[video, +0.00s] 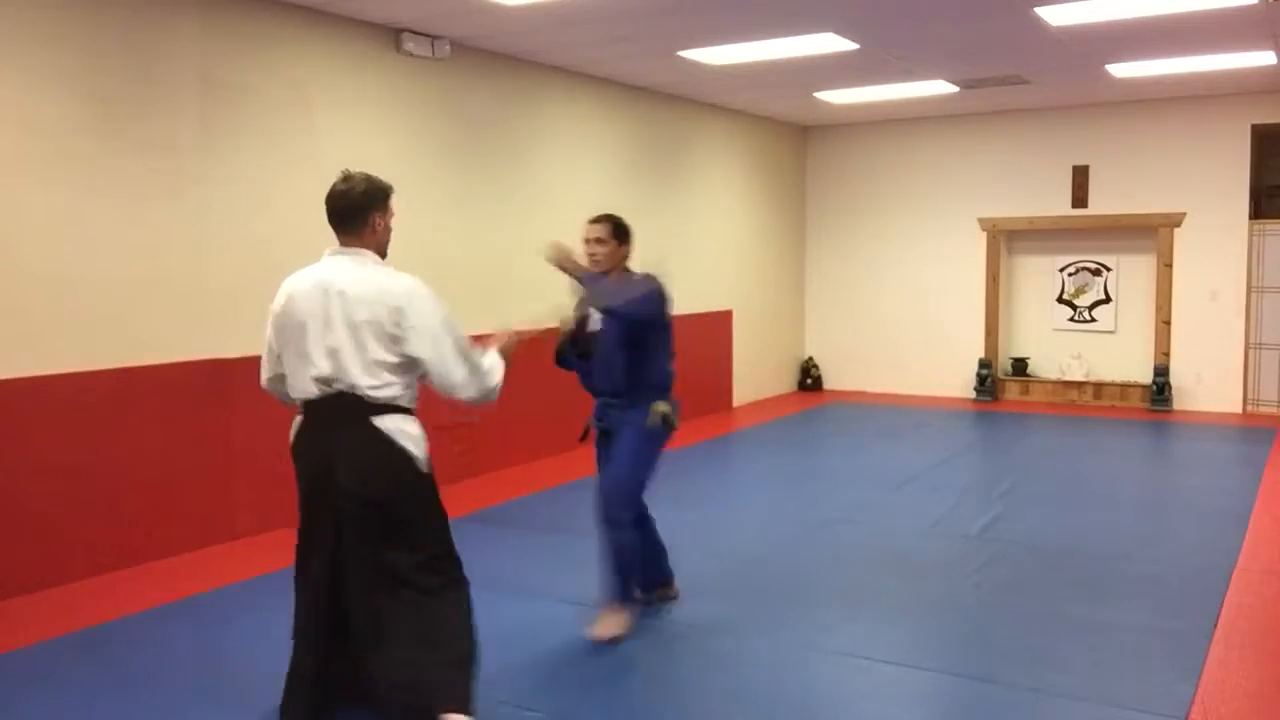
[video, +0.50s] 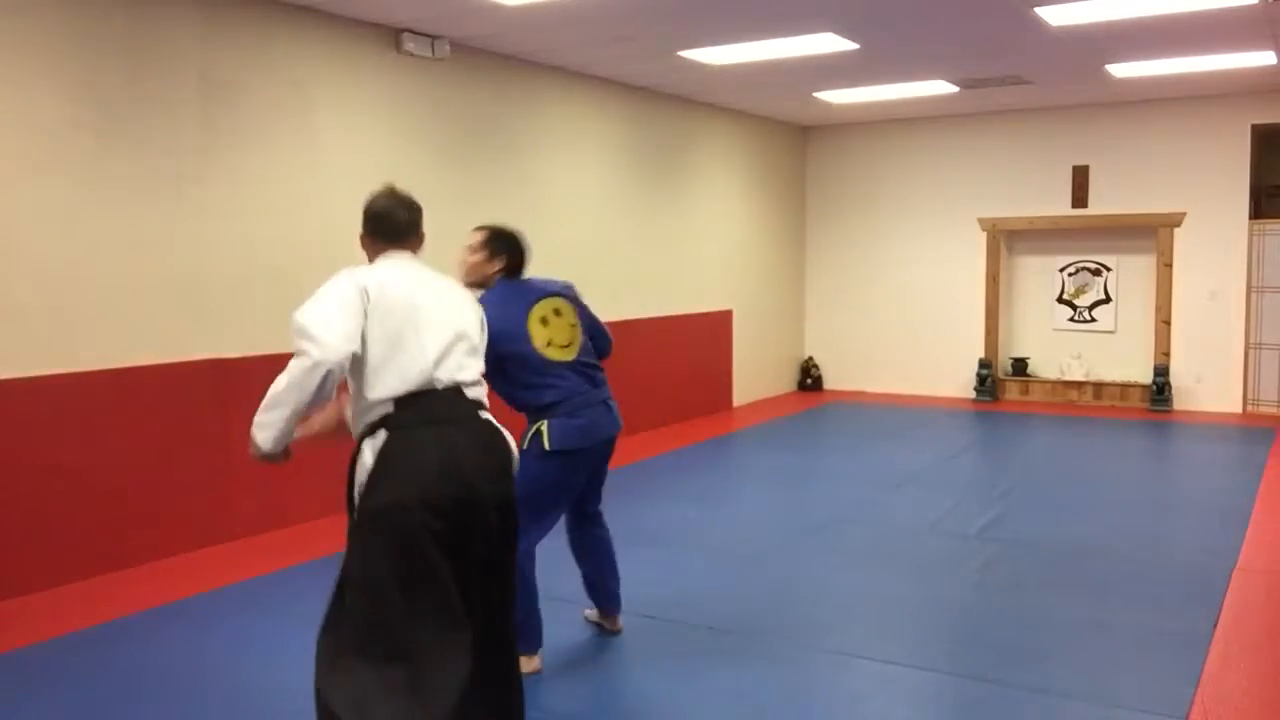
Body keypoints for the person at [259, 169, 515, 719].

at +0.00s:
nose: (393, 226)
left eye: (391, 216)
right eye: (390, 218)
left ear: (334, 225)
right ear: (376, 222)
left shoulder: (293, 290)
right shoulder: (401, 291)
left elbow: (275, 379)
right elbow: (463, 381)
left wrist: (323, 400)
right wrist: (494, 355)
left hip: (317, 445)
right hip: (387, 444)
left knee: (324, 576)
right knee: (431, 574)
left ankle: (315, 706)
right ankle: (449, 704)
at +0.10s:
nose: (398, 217)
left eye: (386, 210)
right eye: (397, 209)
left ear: (342, 220)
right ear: (393, 215)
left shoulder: (305, 291)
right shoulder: (433, 281)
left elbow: (275, 389)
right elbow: (485, 364)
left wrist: (313, 428)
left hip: (339, 448)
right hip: (417, 443)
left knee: (335, 580)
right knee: (436, 582)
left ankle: (318, 703)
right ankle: (446, 705)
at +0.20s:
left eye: (354, 212)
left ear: (349, 218)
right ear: (405, 214)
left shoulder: (328, 289)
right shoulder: (451, 279)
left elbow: (291, 390)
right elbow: (482, 356)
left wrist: (289, 430)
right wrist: (429, 344)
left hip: (364, 444)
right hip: (444, 440)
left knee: (346, 580)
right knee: (449, 586)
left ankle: (323, 696)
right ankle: (456, 706)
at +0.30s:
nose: (352, 216)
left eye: (351, 210)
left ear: (352, 214)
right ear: (409, 211)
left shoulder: (346, 272)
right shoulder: (454, 269)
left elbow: (321, 361)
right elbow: (462, 353)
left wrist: (276, 420)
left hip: (386, 443)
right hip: (461, 434)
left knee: (344, 595)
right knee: (459, 593)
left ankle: (325, 707)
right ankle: (468, 707)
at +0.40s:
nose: (357, 217)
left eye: (356, 211)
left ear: (356, 214)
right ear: (413, 213)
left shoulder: (347, 267)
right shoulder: (457, 269)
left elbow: (330, 341)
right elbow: (467, 341)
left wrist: (275, 417)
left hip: (392, 441)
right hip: (470, 433)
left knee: (354, 593)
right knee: (474, 588)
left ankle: (364, 705)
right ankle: (476, 705)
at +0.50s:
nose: (363, 243)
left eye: (362, 236)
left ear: (364, 239)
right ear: (421, 237)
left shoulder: (355, 285)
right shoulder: (460, 295)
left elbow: (325, 356)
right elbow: (456, 380)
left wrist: (270, 433)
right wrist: (350, 409)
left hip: (405, 452)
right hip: (484, 449)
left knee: (381, 610)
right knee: (485, 606)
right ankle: (487, 710)